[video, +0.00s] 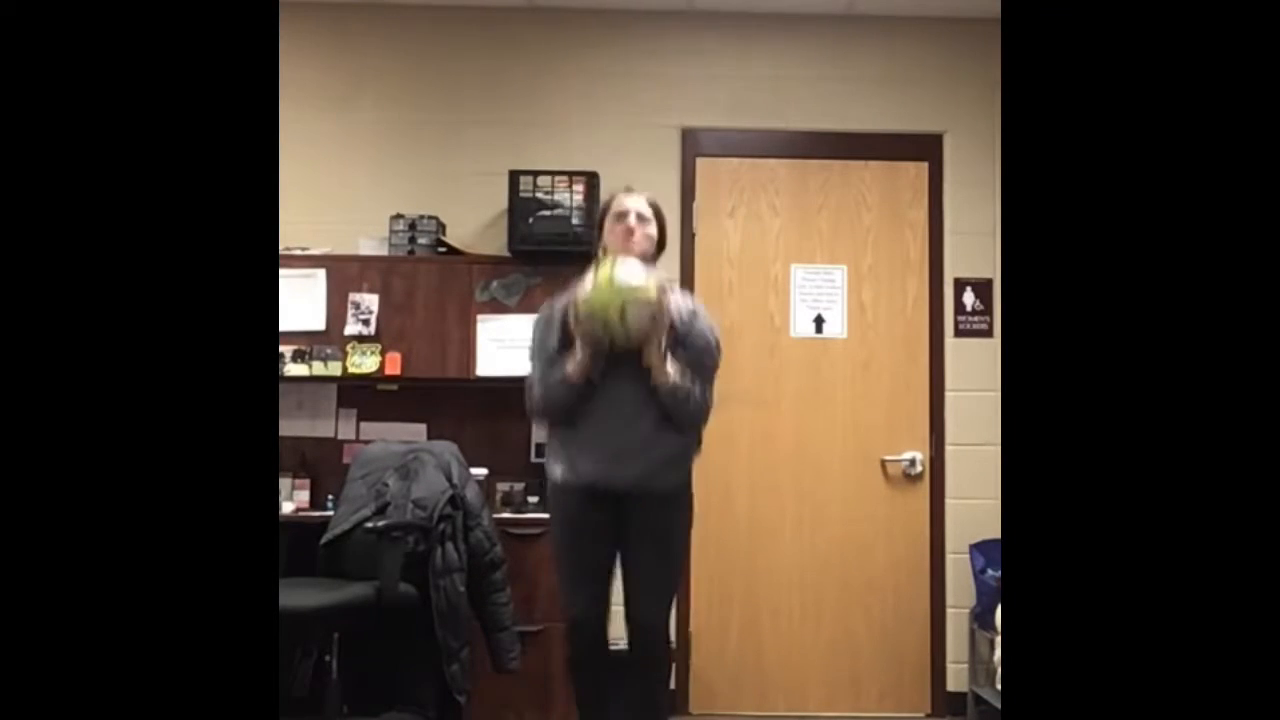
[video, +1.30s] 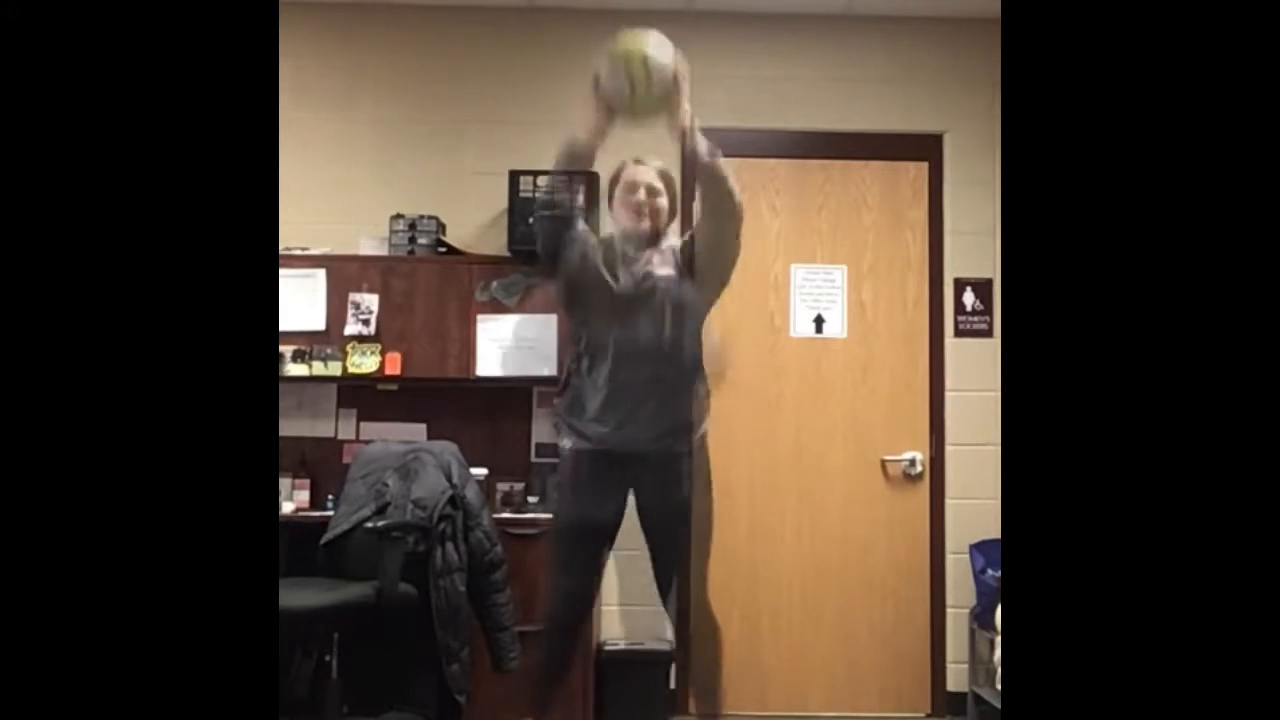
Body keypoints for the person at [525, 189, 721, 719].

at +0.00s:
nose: (632, 226)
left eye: (644, 219)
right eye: (621, 217)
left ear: (659, 239)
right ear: (602, 233)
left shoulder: (685, 315)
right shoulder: (562, 313)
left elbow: (694, 414)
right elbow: (544, 404)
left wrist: (656, 357)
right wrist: (584, 353)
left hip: (659, 493)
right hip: (580, 493)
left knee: (650, 628)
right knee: (584, 626)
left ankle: (647, 715)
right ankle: (594, 714)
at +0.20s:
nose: (625, 233)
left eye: (636, 221)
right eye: (613, 221)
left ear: (656, 226)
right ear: (592, 226)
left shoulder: (683, 282)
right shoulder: (566, 283)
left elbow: (706, 340)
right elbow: (536, 343)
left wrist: (675, 292)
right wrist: (574, 281)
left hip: (661, 474)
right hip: (582, 475)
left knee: (654, 610)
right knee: (587, 609)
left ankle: (652, 710)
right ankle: (592, 710)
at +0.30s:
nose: (633, 192)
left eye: (644, 186)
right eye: (621, 183)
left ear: (660, 201)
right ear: (600, 196)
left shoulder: (676, 265)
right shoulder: (575, 254)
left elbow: (712, 257)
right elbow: (536, 258)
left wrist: (678, 179)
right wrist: (581, 178)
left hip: (662, 444)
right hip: (581, 443)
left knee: (667, 593)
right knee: (573, 590)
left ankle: (681, 712)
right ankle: (556, 712)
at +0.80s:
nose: (633, 199)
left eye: (646, 189)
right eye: (620, 188)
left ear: (668, 199)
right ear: (600, 198)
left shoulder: (692, 259)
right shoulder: (576, 254)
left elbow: (725, 309)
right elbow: (535, 299)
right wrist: (583, 238)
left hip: (671, 449)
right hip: (590, 447)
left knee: (676, 592)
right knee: (574, 589)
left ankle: (692, 710)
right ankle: (552, 709)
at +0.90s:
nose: (639, 213)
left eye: (651, 205)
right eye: (627, 205)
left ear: (668, 224)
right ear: (609, 221)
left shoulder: (695, 298)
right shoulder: (572, 294)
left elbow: (718, 388)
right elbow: (542, 382)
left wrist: (671, 340)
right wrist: (590, 329)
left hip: (672, 479)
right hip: (592, 479)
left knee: (663, 618)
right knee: (596, 618)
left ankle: (662, 713)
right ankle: (603, 713)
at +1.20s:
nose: (640, 185)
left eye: (652, 174)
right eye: (627, 173)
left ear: (672, 180)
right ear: (605, 180)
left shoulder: (684, 249)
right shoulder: (584, 251)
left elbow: (725, 294)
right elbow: (545, 298)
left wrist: (687, 252)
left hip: (672, 448)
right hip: (593, 448)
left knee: (670, 593)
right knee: (582, 593)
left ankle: (674, 704)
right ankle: (576, 708)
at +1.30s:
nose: (643, 197)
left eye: (654, 190)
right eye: (629, 189)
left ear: (671, 207)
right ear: (611, 205)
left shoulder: (694, 268)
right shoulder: (587, 264)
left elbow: (723, 211)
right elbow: (557, 211)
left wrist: (686, 126)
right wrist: (596, 120)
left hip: (672, 446)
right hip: (594, 444)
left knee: (686, 599)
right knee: (567, 603)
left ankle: (704, 706)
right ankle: (539, 708)